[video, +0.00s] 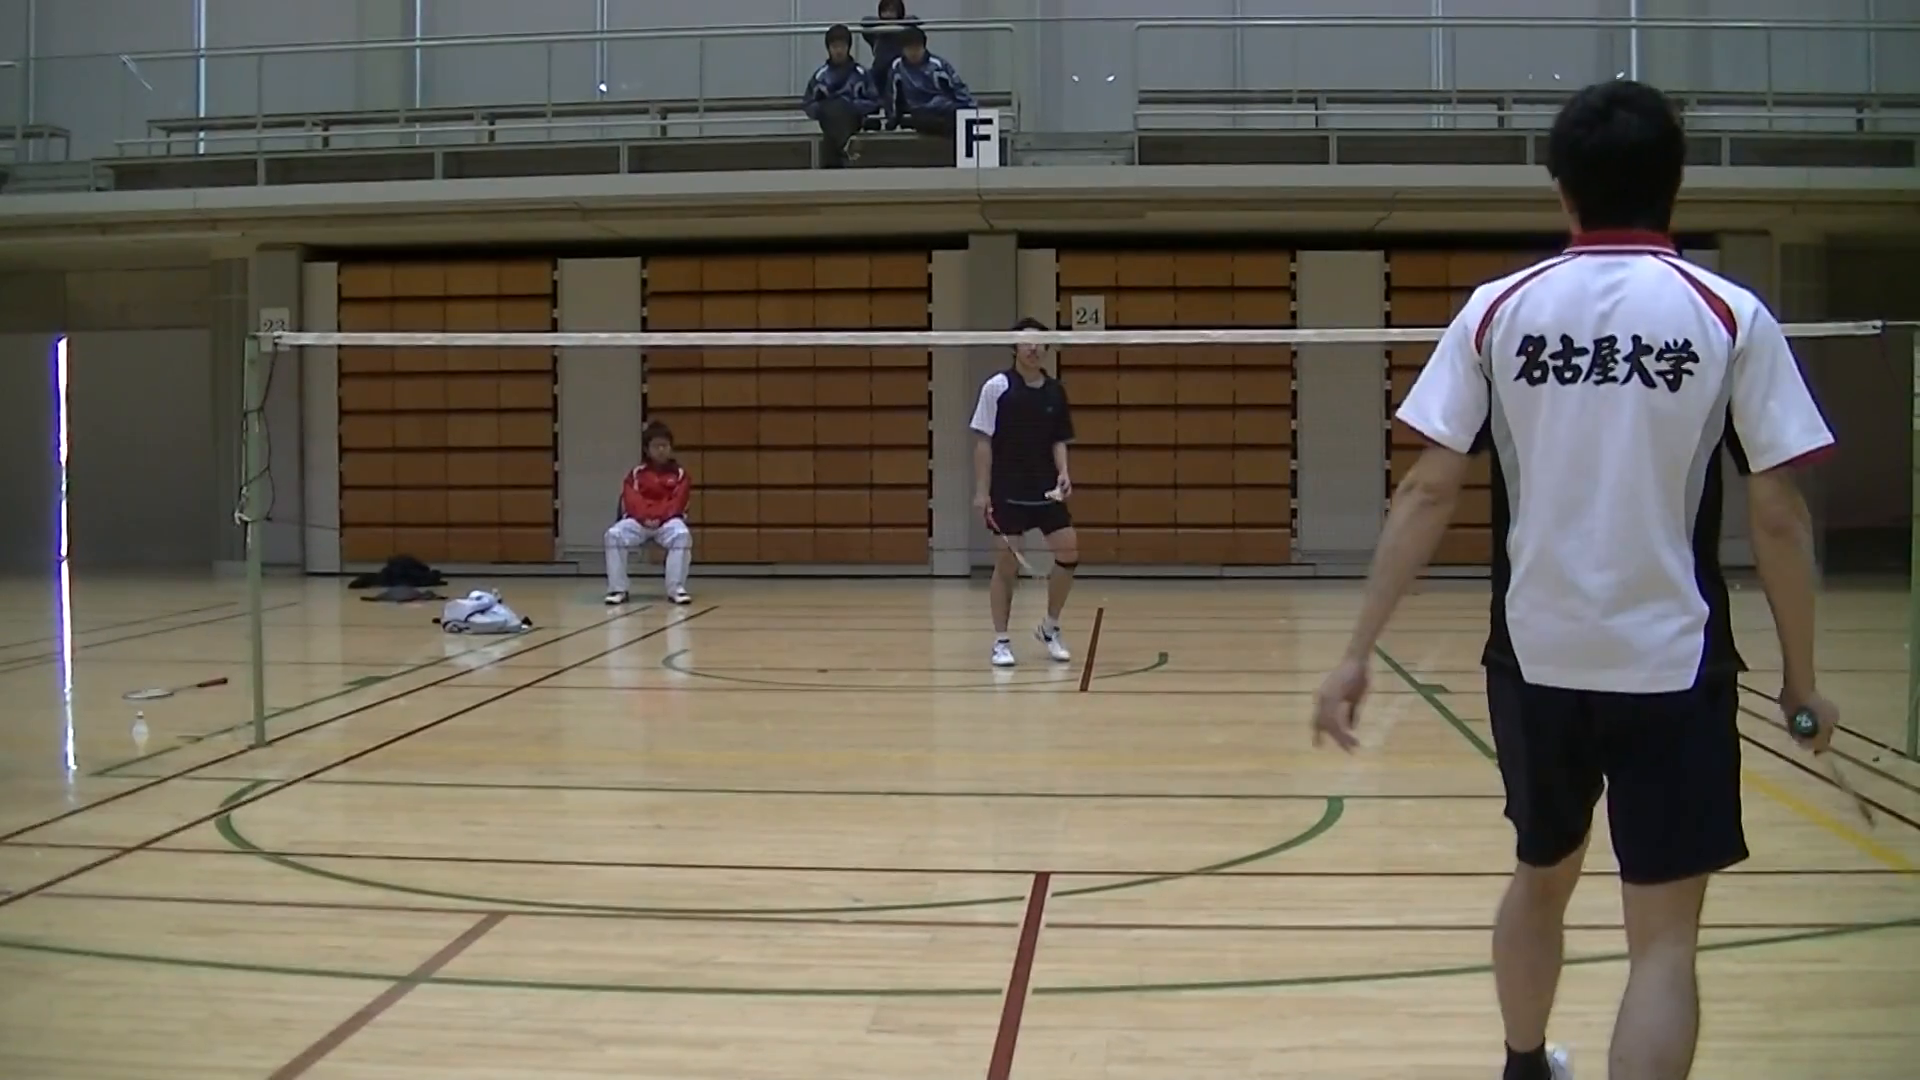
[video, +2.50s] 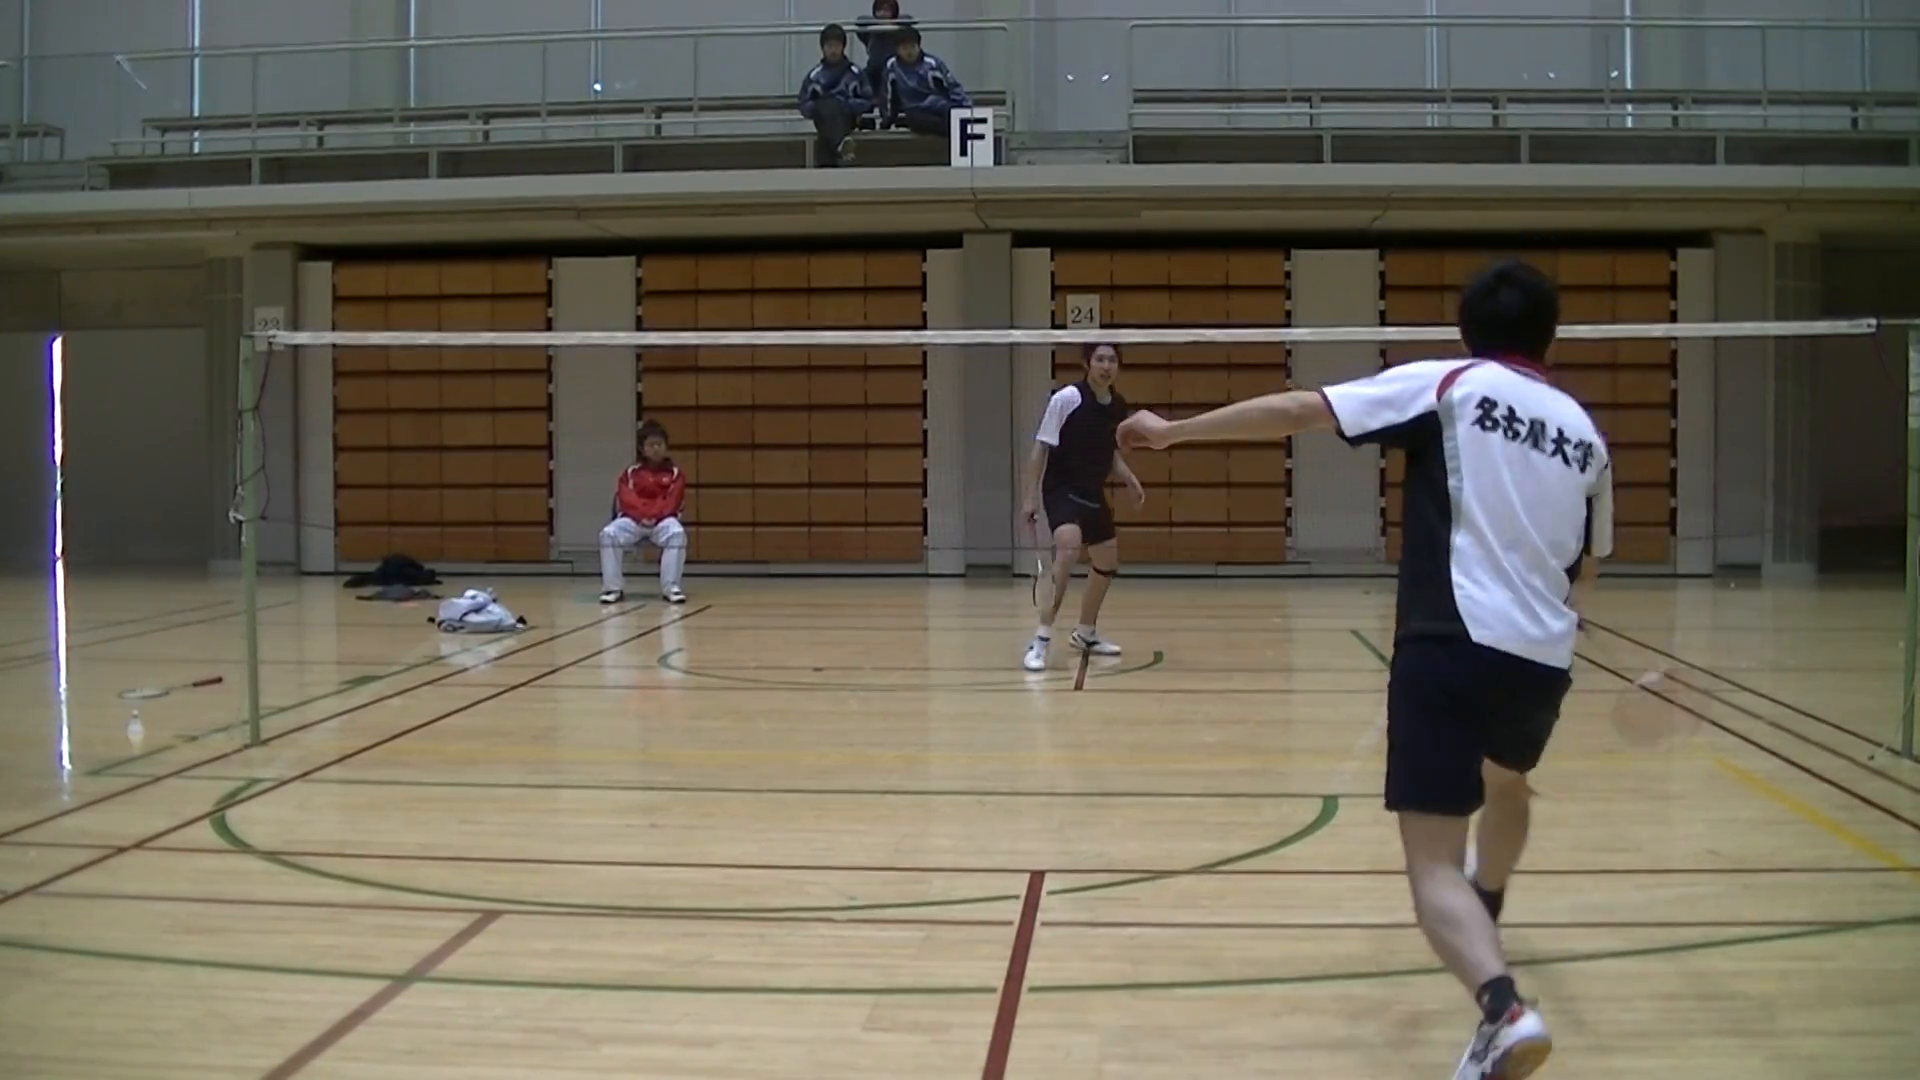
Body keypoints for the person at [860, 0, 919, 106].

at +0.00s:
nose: (888, 14)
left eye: (892, 10)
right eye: (884, 10)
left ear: (899, 12)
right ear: (880, 13)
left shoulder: (903, 30)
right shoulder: (875, 33)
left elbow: (916, 21)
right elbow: (865, 22)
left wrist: (897, 23)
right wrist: (882, 23)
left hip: (901, 69)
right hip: (879, 69)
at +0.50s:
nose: (885, 13)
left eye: (890, 10)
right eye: (882, 10)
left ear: (897, 12)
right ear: (878, 12)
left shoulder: (902, 29)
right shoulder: (873, 33)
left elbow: (914, 20)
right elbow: (863, 22)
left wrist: (895, 23)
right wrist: (881, 22)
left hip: (898, 69)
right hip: (876, 70)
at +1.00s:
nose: (885, 14)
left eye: (889, 10)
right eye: (881, 10)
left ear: (896, 12)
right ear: (877, 12)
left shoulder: (903, 31)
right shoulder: (873, 33)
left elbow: (912, 20)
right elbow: (862, 22)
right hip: (876, 68)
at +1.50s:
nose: (885, 13)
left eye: (889, 10)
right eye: (881, 9)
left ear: (896, 12)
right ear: (877, 12)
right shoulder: (872, 34)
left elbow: (910, 19)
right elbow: (861, 22)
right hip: (875, 71)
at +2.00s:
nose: (884, 13)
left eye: (889, 9)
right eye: (881, 9)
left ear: (895, 12)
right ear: (876, 12)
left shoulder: (901, 30)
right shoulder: (871, 33)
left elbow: (910, 19)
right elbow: (861, 22)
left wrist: (892, 22)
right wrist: (880, 21)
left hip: (897, 69)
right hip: (874, 70)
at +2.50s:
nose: (883, 13)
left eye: (887, 9)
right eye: (879, 9)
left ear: (894, 12)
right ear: (874, 12)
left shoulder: (899, 30)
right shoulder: (870, 33)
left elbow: (909, 19)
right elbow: (860, 21)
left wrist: (892, 23)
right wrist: (880, 22)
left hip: (896, 69)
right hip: (873, 70)